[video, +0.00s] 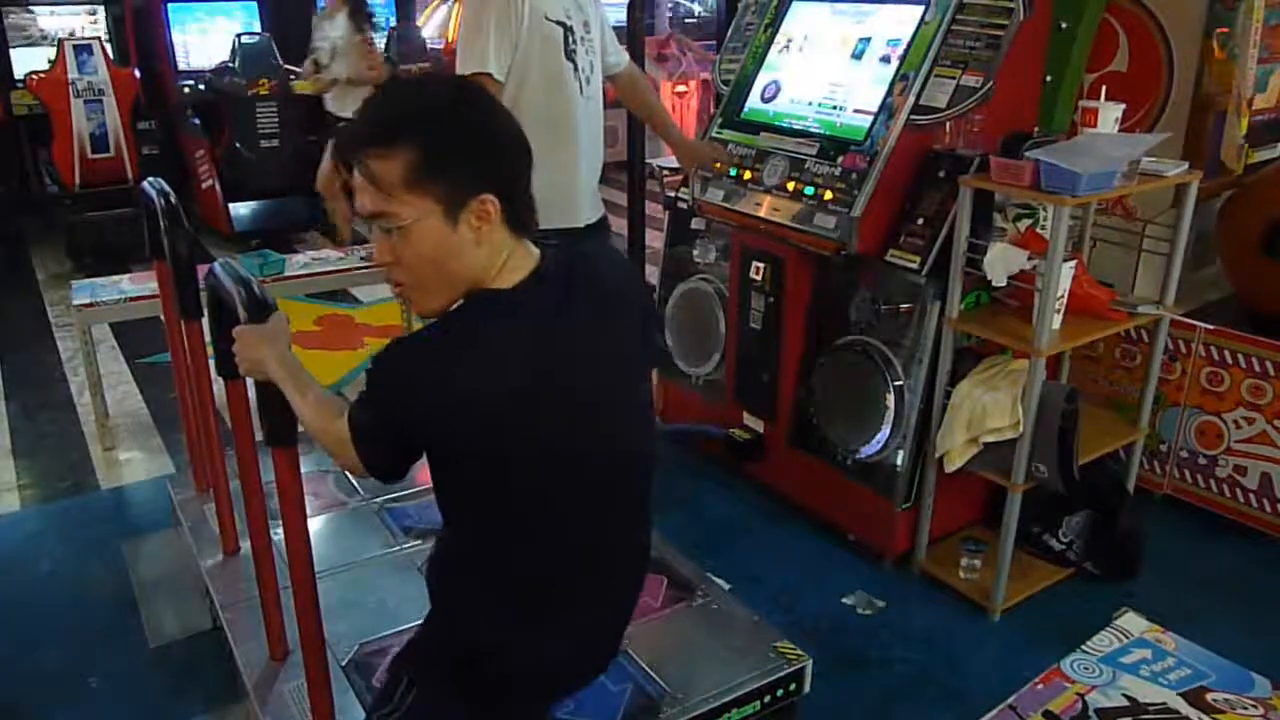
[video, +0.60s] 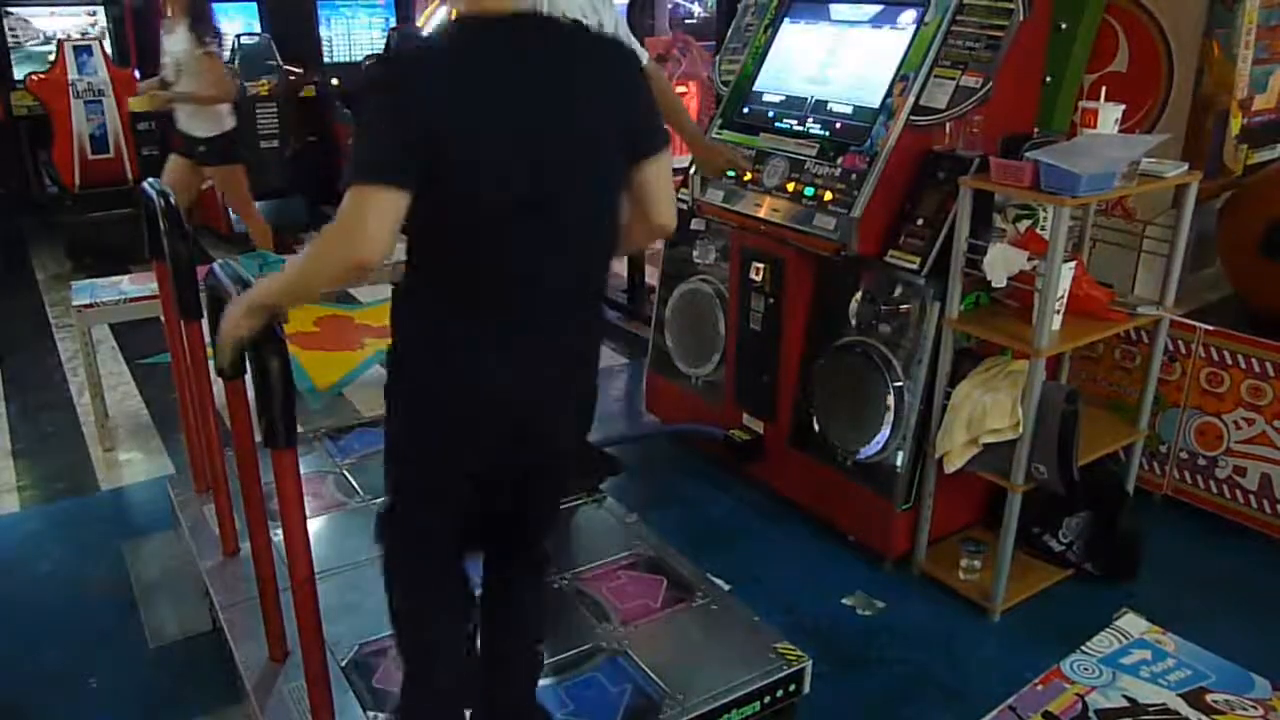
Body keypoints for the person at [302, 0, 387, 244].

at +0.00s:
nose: (326, 1)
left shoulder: (359, 26)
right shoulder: (320, 23)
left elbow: (379, 72)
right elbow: (318, 57)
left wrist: (336, 79)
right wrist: (309, 69)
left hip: (353, 116)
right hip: (330, 113)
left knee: (326, 184)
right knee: (356, 182)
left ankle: (344, 243)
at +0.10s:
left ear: (320, 0)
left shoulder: (333, 27)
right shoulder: (295, 23)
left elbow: (358, 77)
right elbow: (298, 63)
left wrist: (317, 83)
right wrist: (286, 77)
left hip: (336, 121)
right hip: (312, 118)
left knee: (311, 192)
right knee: (349, 184)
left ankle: (306, 248)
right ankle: (374, 231)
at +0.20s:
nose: (278, 0)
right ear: (275, 1)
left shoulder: (306, 28)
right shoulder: (270, 27)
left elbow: (336, 80)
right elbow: (271, 71)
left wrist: (292, 89)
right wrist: (260, 83)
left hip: (311, 125)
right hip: (290, 124)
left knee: (290, 198)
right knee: (329, 193)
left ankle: (285, 266)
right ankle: (369, 245)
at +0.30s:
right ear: (254, 1)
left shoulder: (283, 28)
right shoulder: (246, 27)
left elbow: (310, 81)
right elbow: (240, 70)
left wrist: (264, 89)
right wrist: (233, 83)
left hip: (287, 121)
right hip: (261, 121)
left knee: (276, 197)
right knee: (273, 195)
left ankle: (277, 268)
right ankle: (337, 237)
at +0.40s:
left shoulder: (255, 26)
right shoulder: (221, 22)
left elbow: (281, 83)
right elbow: (219, 67)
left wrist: (233, 90)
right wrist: (206, 80)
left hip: (265, 125)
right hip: (235, 124)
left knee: (269, 210)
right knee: (233, 204)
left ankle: (281, 274)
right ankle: (279, 220)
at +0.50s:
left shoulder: (230, 26)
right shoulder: (198, 22)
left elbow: (250, 86)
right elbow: (201, 72)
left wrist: (201, 93)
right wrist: (181, 80)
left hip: (242, 131)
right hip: (212, 130)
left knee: (258, 208)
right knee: (193, 201)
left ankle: (275, 269)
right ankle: (232, 264)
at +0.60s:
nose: (169, 3)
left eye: (173, 0)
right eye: (168, 1)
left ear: (187, 2)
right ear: (168, 4)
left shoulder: (202, 35)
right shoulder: (167, 30)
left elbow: (225, 92)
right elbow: (172, 77)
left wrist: (172, 98)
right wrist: (147, 86)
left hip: (218, 137)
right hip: (187, 136)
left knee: (243, 208)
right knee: (165, 209)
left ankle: (270, 264)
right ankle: (175, 274)